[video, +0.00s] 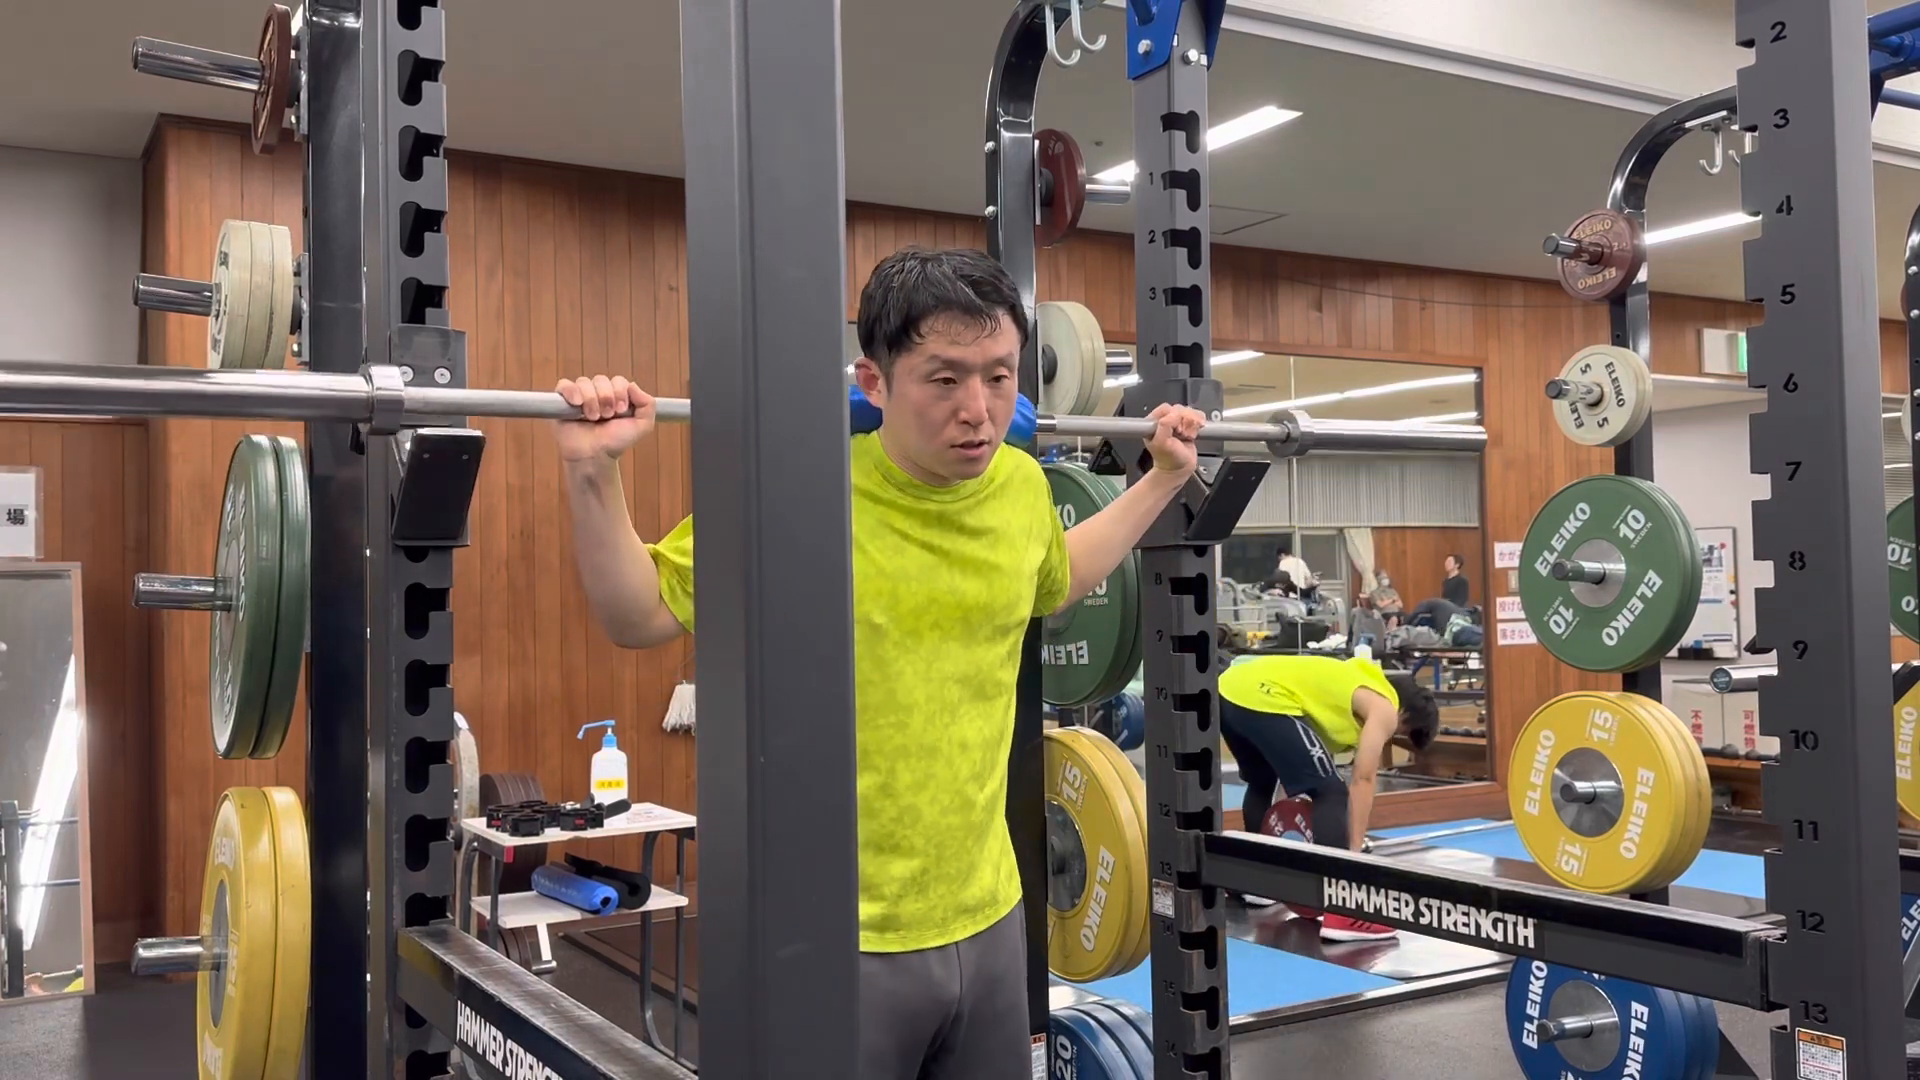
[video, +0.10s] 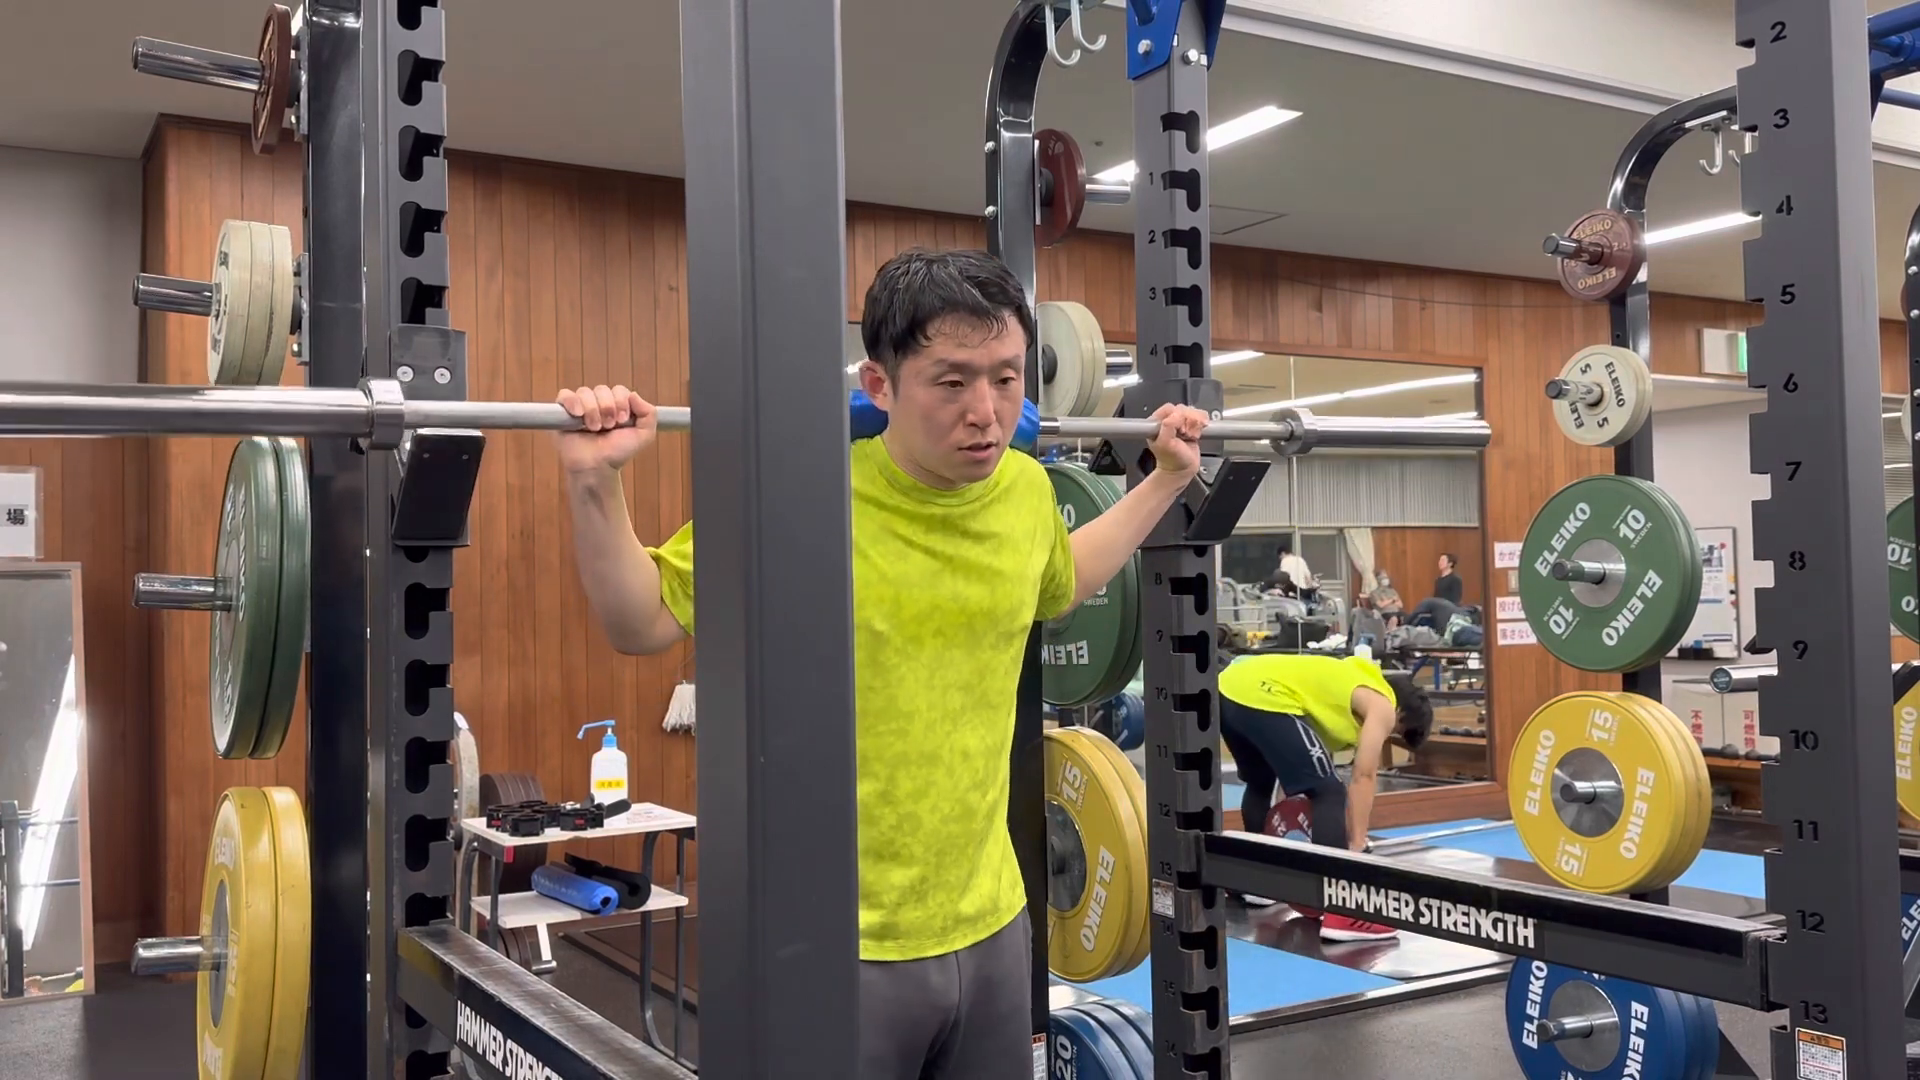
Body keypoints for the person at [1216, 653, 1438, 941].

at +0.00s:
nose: (1395, 736)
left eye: (1401, 734)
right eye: (1402, 731)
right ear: (1404, 714)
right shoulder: (1383, 709)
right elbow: (1363, 780)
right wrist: (1355, 848)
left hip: (1230, 690)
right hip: (1268, 701)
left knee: (1261, 780)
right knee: (1332, 794)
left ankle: (1252, 881)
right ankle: (1341, 909)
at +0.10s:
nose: (1390, 735)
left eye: (1396, 733)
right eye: (1396, 730)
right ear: (1399, 713)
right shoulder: (1381, 706)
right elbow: (1363, 776)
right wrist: (1358, 841)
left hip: (1229, 689)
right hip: (1268, 701)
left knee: (1259, 780)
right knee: (1330, 793)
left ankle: (1254, 881)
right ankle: (1339, 908)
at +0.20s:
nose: (1386, 731)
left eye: (1392, 730)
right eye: (1392, 727)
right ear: (1395, 707)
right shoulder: (1378, 699)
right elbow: (1365, 771)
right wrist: (1361, 836)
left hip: (1227, 688)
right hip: (1268, 700)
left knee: (1257, 781)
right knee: (1326, 793)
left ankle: (1256, 881)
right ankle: (1340, 909)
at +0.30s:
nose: (1383, 726)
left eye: (1389, 725)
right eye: (1389, 722)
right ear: (1393, 701)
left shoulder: (1339, 662)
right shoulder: (1376, 691)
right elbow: (1365, 766)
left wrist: (1305, 804)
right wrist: (1368, 831)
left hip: (1226, 689)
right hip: (1267, 699)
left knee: (1256, 781)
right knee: (1324, 792)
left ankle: (1256, 882)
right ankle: (1341, 910)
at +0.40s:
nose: (1380, 705)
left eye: (1385, 702)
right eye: (1384, 699)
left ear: (1376, 655)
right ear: (1389, 682)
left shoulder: (1333, 649)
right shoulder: (1372, 674)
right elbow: (1364, 746)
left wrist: (1297, 788)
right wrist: (1372, 814)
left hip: (1224, 688)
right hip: (1266, 698)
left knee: (1254, 784)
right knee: (1324, 794)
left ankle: (1254, 877)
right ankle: (1343, 910)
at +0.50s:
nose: (1377, 679)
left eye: (1382, 675)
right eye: (1383, 672)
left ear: (1368, 626)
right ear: (1384, 652)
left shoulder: (1322, 628)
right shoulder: (1366, 648)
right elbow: (1357, 719)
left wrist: (1322, 774)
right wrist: (1372, 783)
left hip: (1222, 692)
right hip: (1268, 701)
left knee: (1252, 786)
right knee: (1323, 795)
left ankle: (1259, 881)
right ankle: (1341, 908)